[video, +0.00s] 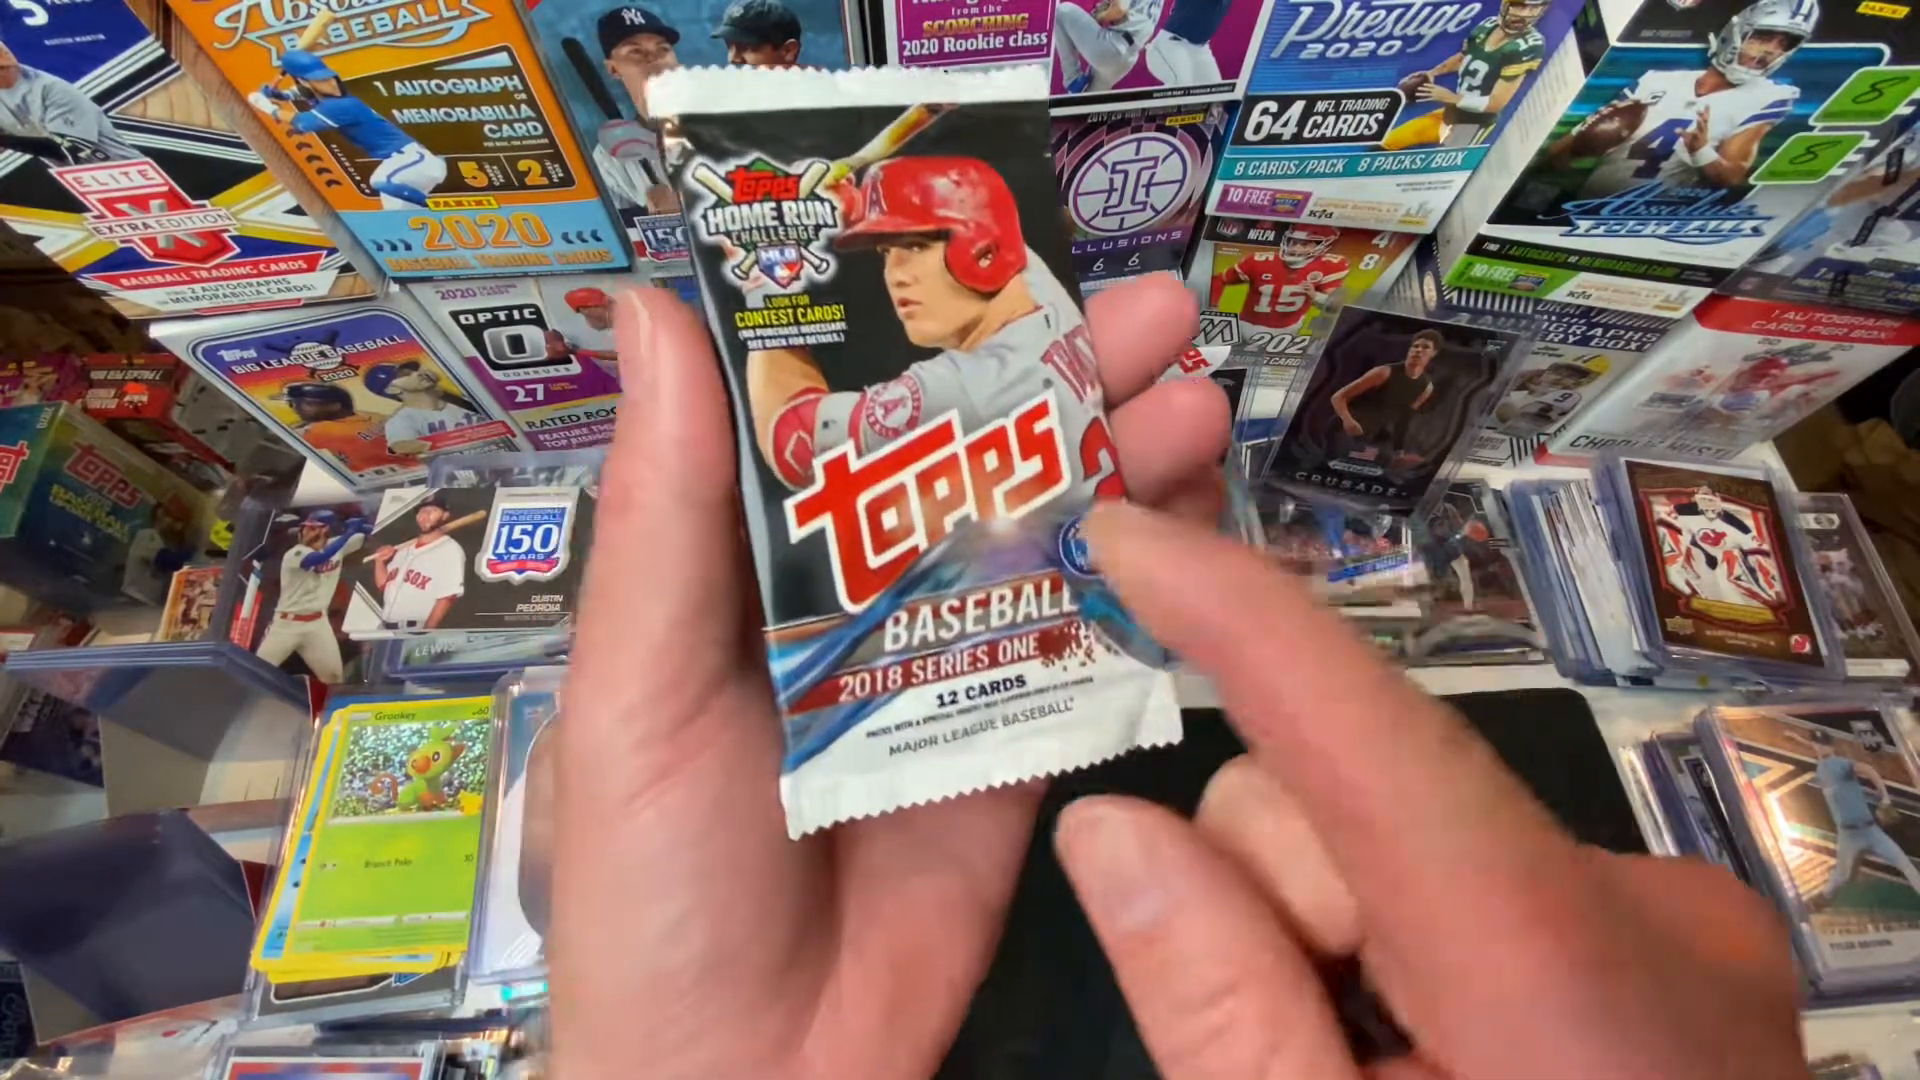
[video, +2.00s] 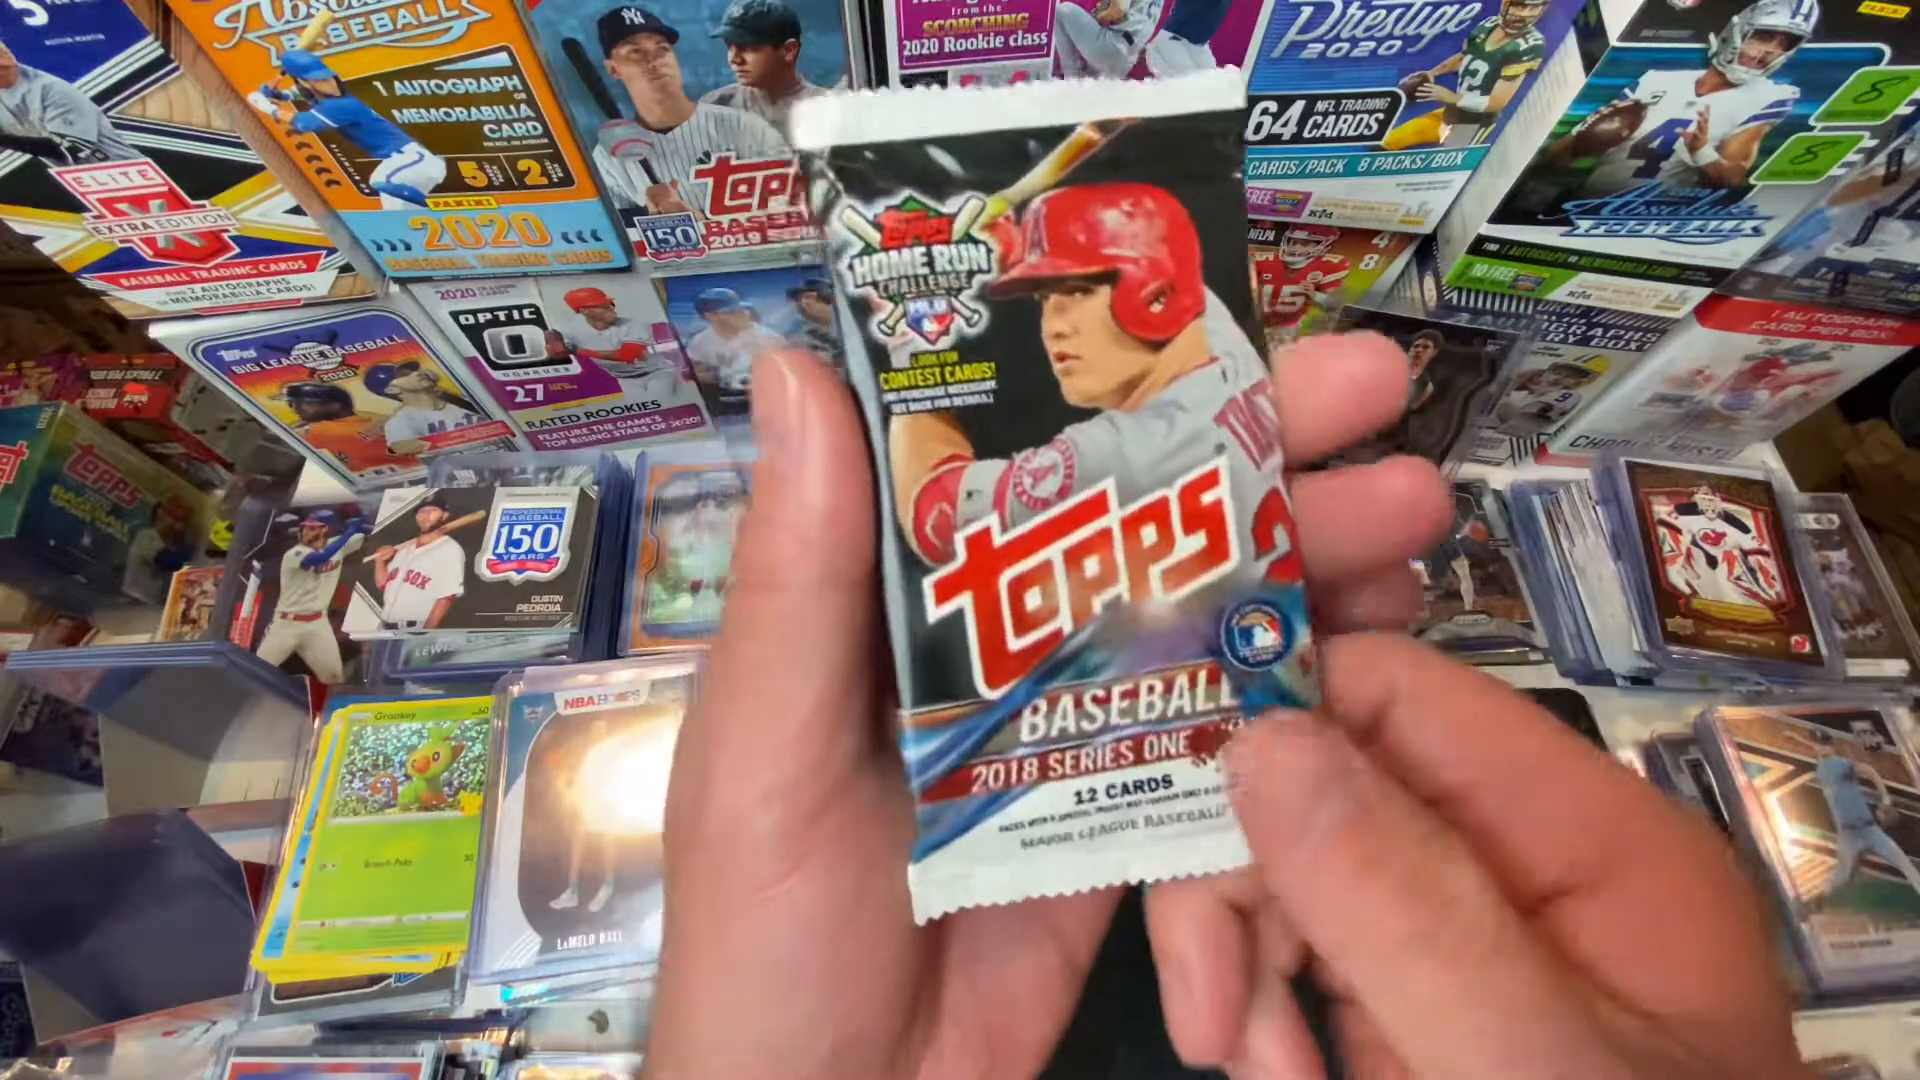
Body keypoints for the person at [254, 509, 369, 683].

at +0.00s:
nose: (304, 531)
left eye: (311, 528)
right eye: (304, 527)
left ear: (324, 531)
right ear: (303, 530)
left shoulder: (337, 548)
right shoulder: (294, 554)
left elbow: (366, 534)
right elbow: (318, 559)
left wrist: (359, 525)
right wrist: (346, 537)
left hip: (317, 625)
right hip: (285, 624)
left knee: (334, 677)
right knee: (258, 670)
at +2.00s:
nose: (303, 532)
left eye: (310, 528)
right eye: (303, 528)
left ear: (323, 531)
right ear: (302, 530)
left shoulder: (337, 548)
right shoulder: (294, 554)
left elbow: (369, 533)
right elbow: (320, 559)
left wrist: (357, 523)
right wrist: (347, 536)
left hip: (317, 625)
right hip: (285, 624)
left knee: (333, 677)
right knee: (259, 670)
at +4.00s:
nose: (304, 531)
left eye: (310, 528)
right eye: (304, 527)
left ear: (324, 531)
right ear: (303, 529)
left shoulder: (337, 549)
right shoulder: (293, 554)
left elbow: (365, 532)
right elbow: (318, 560)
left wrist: (356, 523)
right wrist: (347, 536)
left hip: (317, 625)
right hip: (285, 625)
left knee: (334, 679)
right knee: (258, 671)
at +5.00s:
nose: (304, 532)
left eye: (310, 528)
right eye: (304, 528)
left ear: (324, 530)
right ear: (302, 529)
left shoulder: (337, 547)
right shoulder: (293, 554)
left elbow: (368, 532)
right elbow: (319, 560)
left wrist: (354, 522)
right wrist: (348, 535)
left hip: (317, 625)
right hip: (285, 624)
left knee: (321, 679)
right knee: (258, 671)